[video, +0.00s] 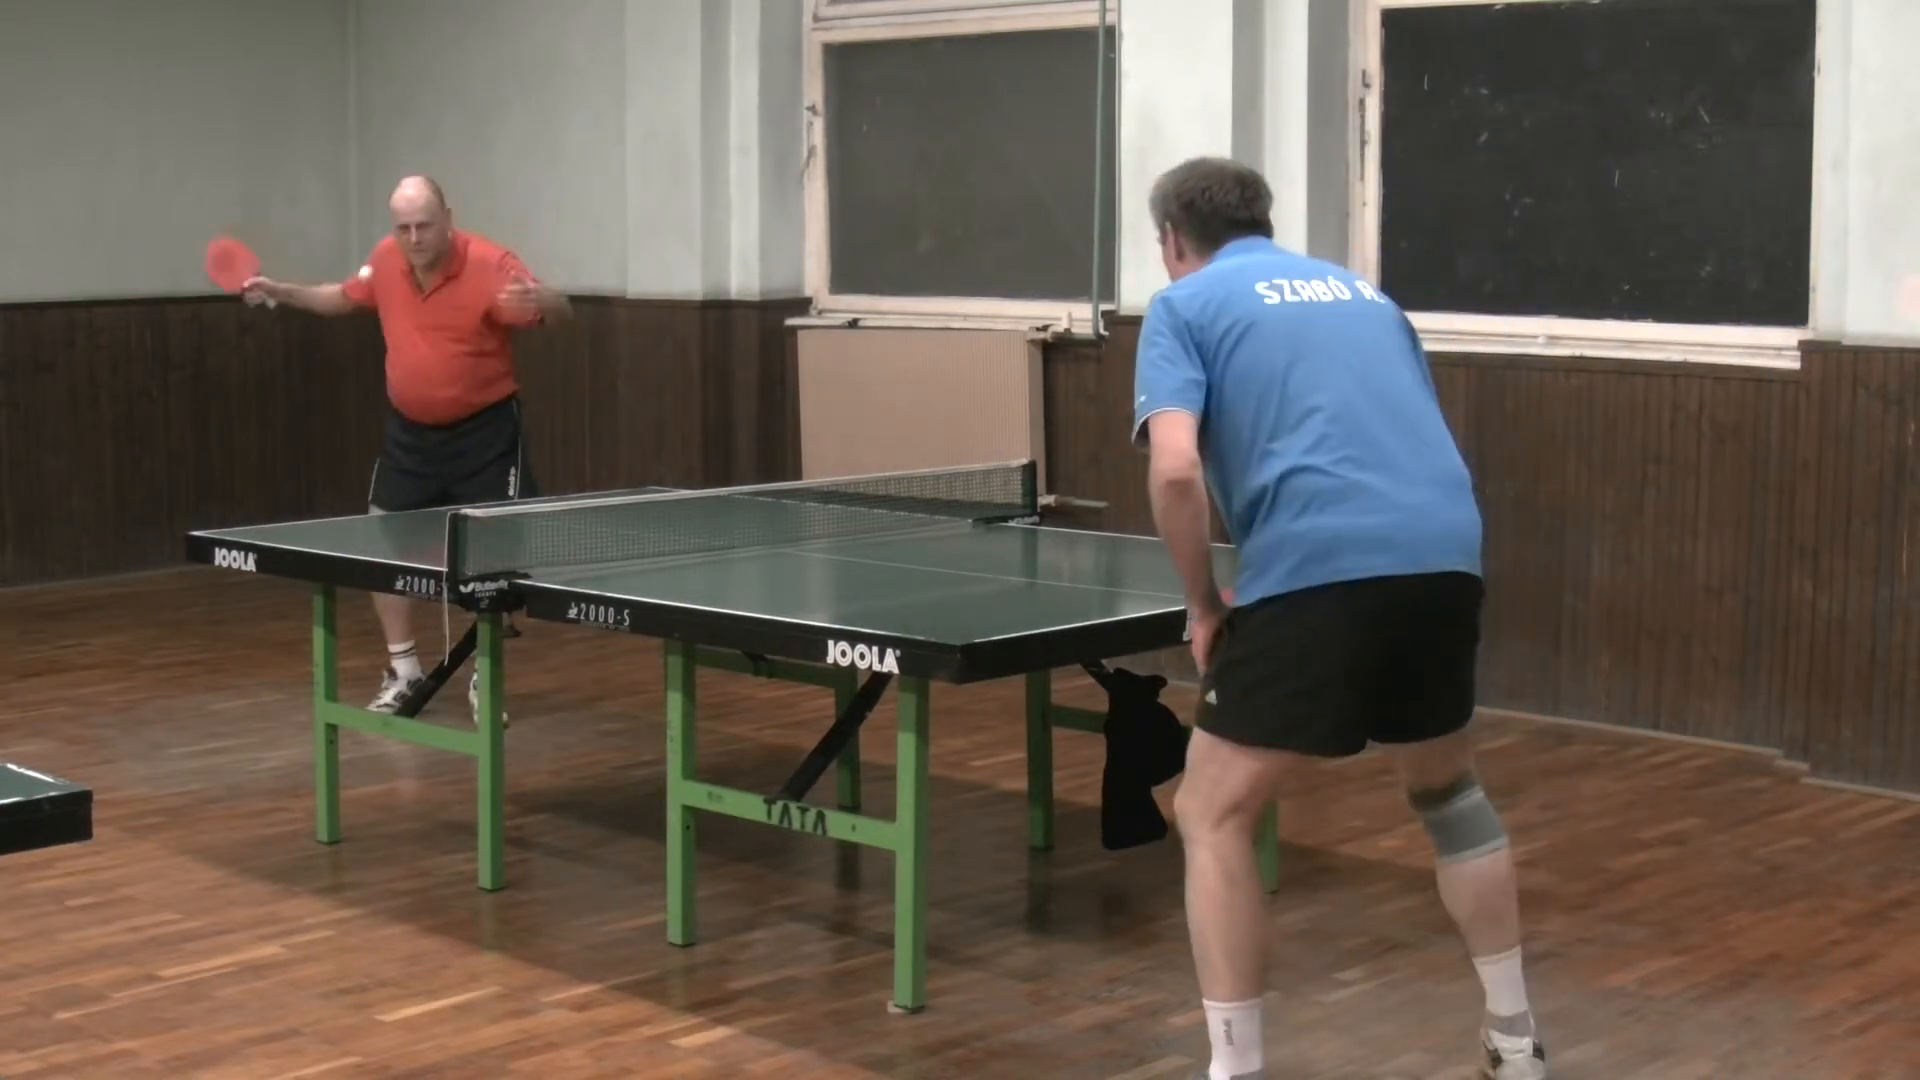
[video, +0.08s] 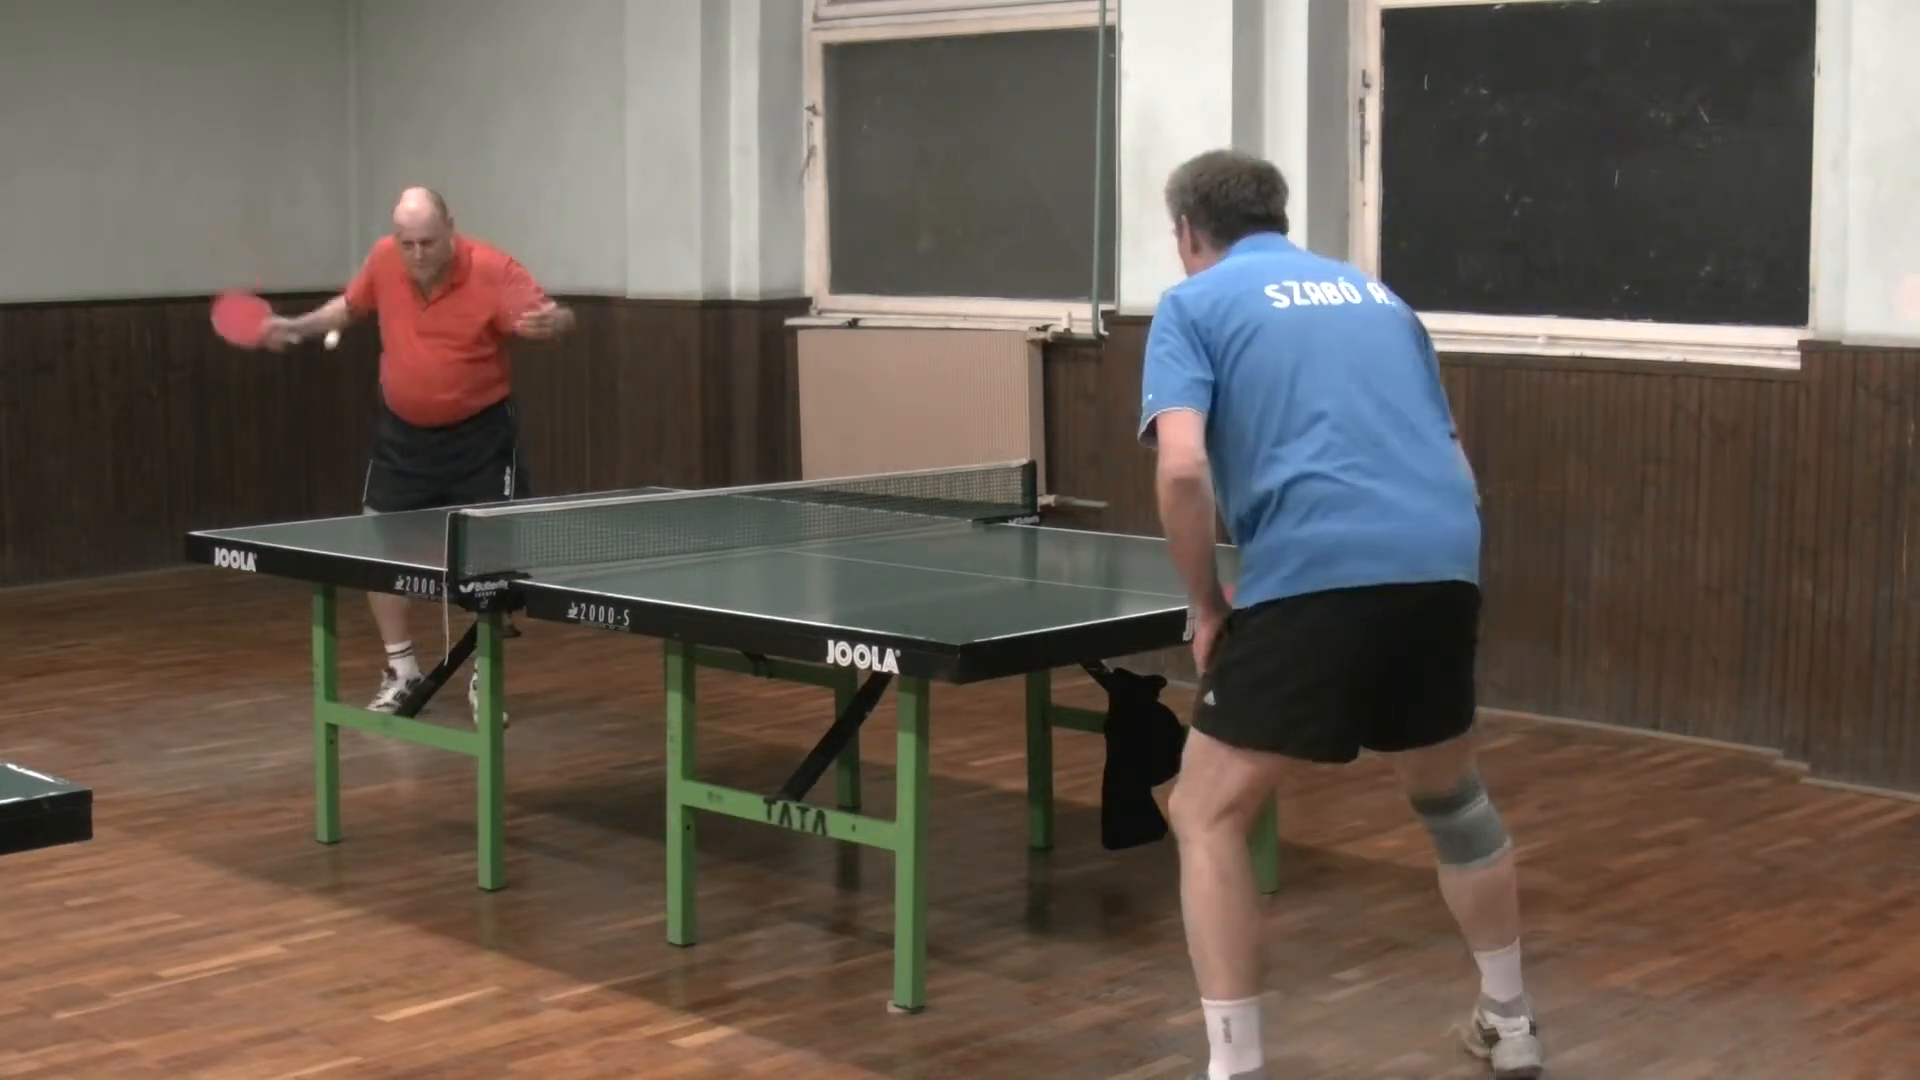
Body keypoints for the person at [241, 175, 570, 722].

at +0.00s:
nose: (413, 237)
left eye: (424, 225)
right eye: (403, 227)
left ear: (449, 219)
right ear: (393, 225)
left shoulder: (489, 263)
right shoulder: (387, 259)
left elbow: (557, 311)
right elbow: (345, 296)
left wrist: (538, 303)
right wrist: (281, 292)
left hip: (484, 433)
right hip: (410, 435)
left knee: (491, 557)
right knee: (381, 547)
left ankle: (484, 680)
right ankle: (406, 672)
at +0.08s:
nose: (417, 255)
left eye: (428, 243)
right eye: (406, 244)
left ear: (451, 232)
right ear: (395, 237)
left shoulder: (489, 268)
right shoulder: (386, 257)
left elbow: (556, 320)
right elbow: (350, 306)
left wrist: (551, 323)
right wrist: (296, 327)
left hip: (478, 436)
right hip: (402, 435)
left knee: (488, 558)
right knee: (378, 550)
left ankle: (485, 676)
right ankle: (404, 673)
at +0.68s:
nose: (400, 263)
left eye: (407, 252)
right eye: (388, 254)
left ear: (414, 248)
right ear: (359, 252)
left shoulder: (427, 287)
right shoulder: (323, 285)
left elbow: (459, 329)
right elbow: (274, 362)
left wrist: (509, 343)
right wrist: (324, 398)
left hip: (398, 449)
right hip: (318, 450)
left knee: (446, 557)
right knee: (276, 561)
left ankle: (475, 685)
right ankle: (248, 690)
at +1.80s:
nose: (428, 287)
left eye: (431, 277)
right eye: (422, 275)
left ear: (396, 264)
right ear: (386, 261)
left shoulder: (383, 296)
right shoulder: (338, 290)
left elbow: (364, 369)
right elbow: (347, 376)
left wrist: (388, 407)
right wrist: (412, 372)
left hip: (362, 440)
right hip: (297, 439)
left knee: (418, 539)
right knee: (278, 559)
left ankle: (439, 671)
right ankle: (241, 689)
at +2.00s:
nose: (429, 272)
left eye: (433, 261)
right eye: (421, 260)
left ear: (425, 255)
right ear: (386, 249)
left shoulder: (397, 295)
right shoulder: (349, 282)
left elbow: (378, 362)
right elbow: (345, 328)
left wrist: (402, 403)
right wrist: (404, 351)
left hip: (370, 440)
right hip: (299, 436)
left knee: (420, 539)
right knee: (264, 552)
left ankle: (438, 670)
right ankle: (232, 685)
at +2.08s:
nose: (423, 264)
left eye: (426, 253)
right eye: (413, 254)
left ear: (423, 251)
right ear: (377, 249)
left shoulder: (398, 296)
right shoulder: (340, 281)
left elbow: (384, 360)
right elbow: (310, 319)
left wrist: (407, 404)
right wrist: (366, 339)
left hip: (366, 443)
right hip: (298, 439)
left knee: (418, 545)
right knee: (262, 556)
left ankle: (438, 674)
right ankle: (224, 675)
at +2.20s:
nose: (390, 254)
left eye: (393, 243)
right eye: (378, 245)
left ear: (393, 243)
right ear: (344, 245)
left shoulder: (371, 292)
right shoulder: (309, 285)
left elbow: (359, 361)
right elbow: (255, 333)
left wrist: (389, 414)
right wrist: (318, 346)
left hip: (351, 444)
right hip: (286, 445)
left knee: (409, 545)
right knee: (262, 563)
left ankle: (437, 671)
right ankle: (217, 650)